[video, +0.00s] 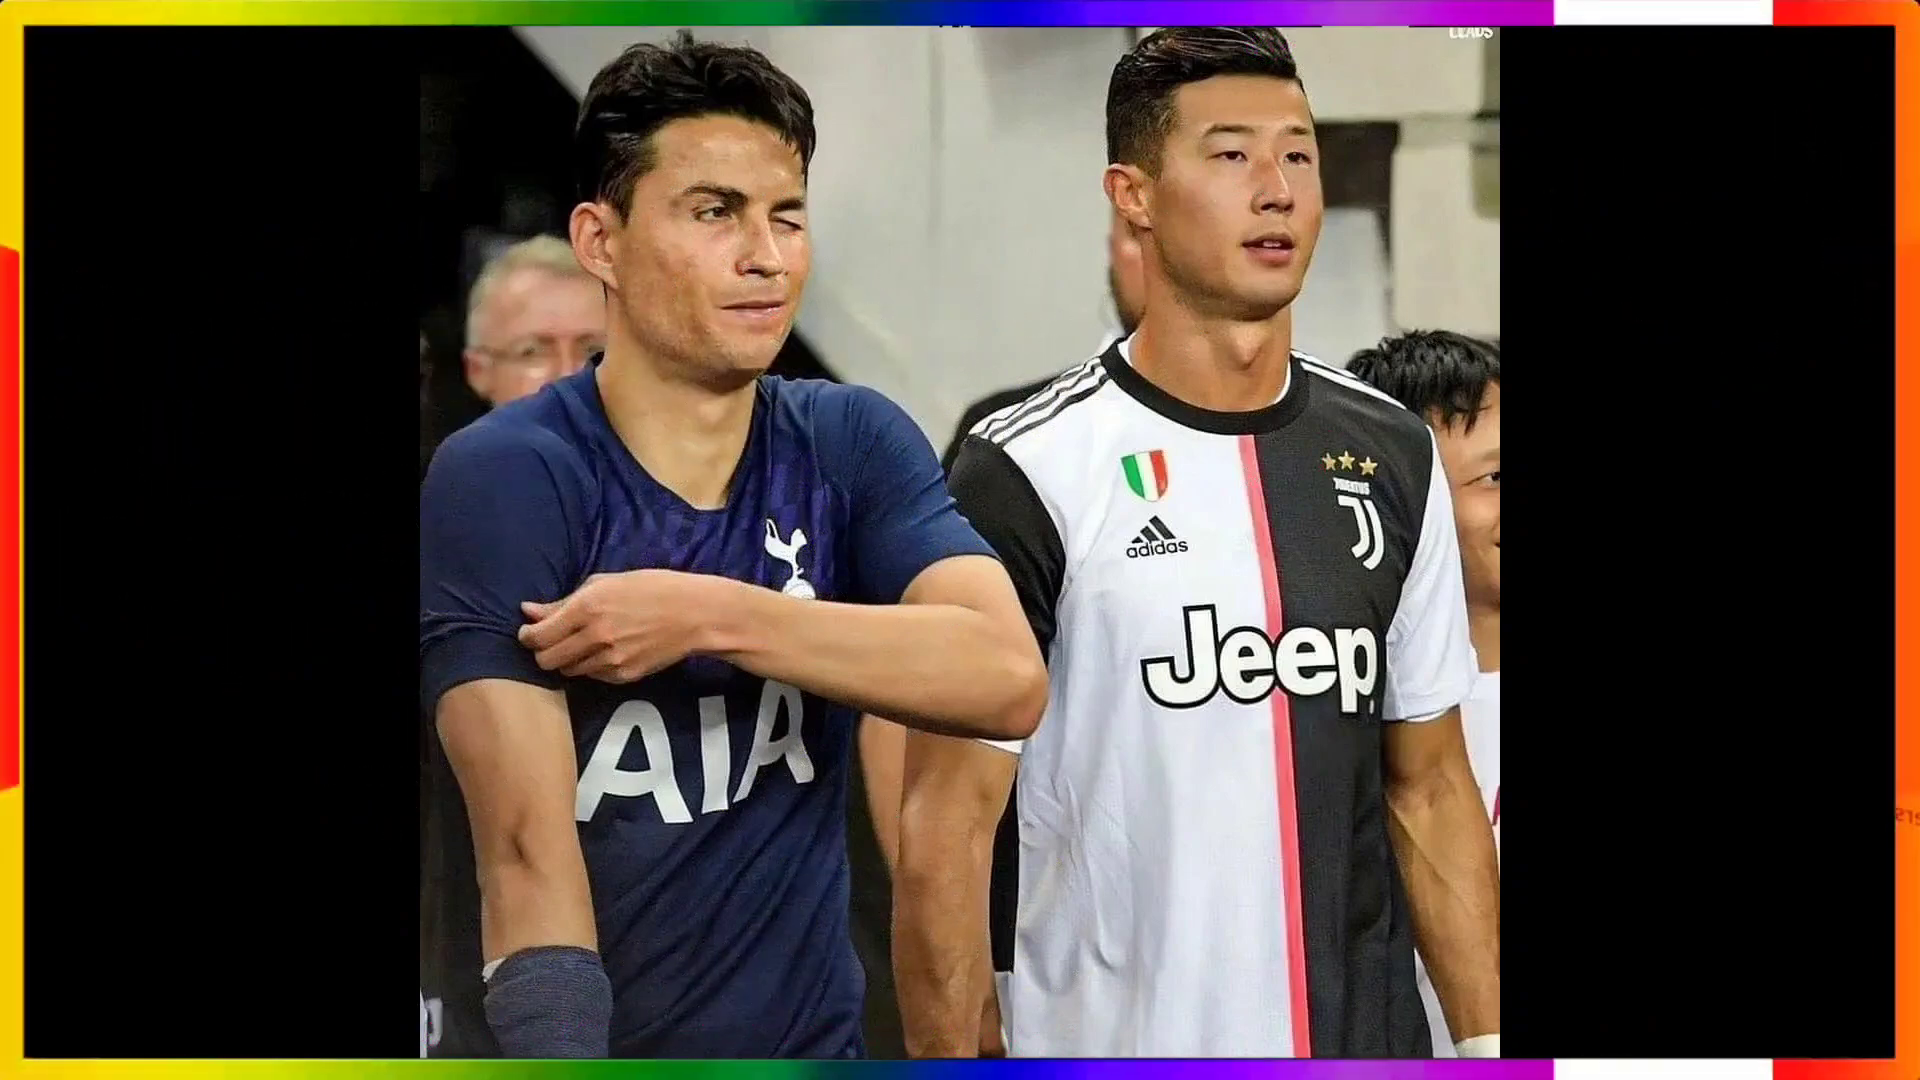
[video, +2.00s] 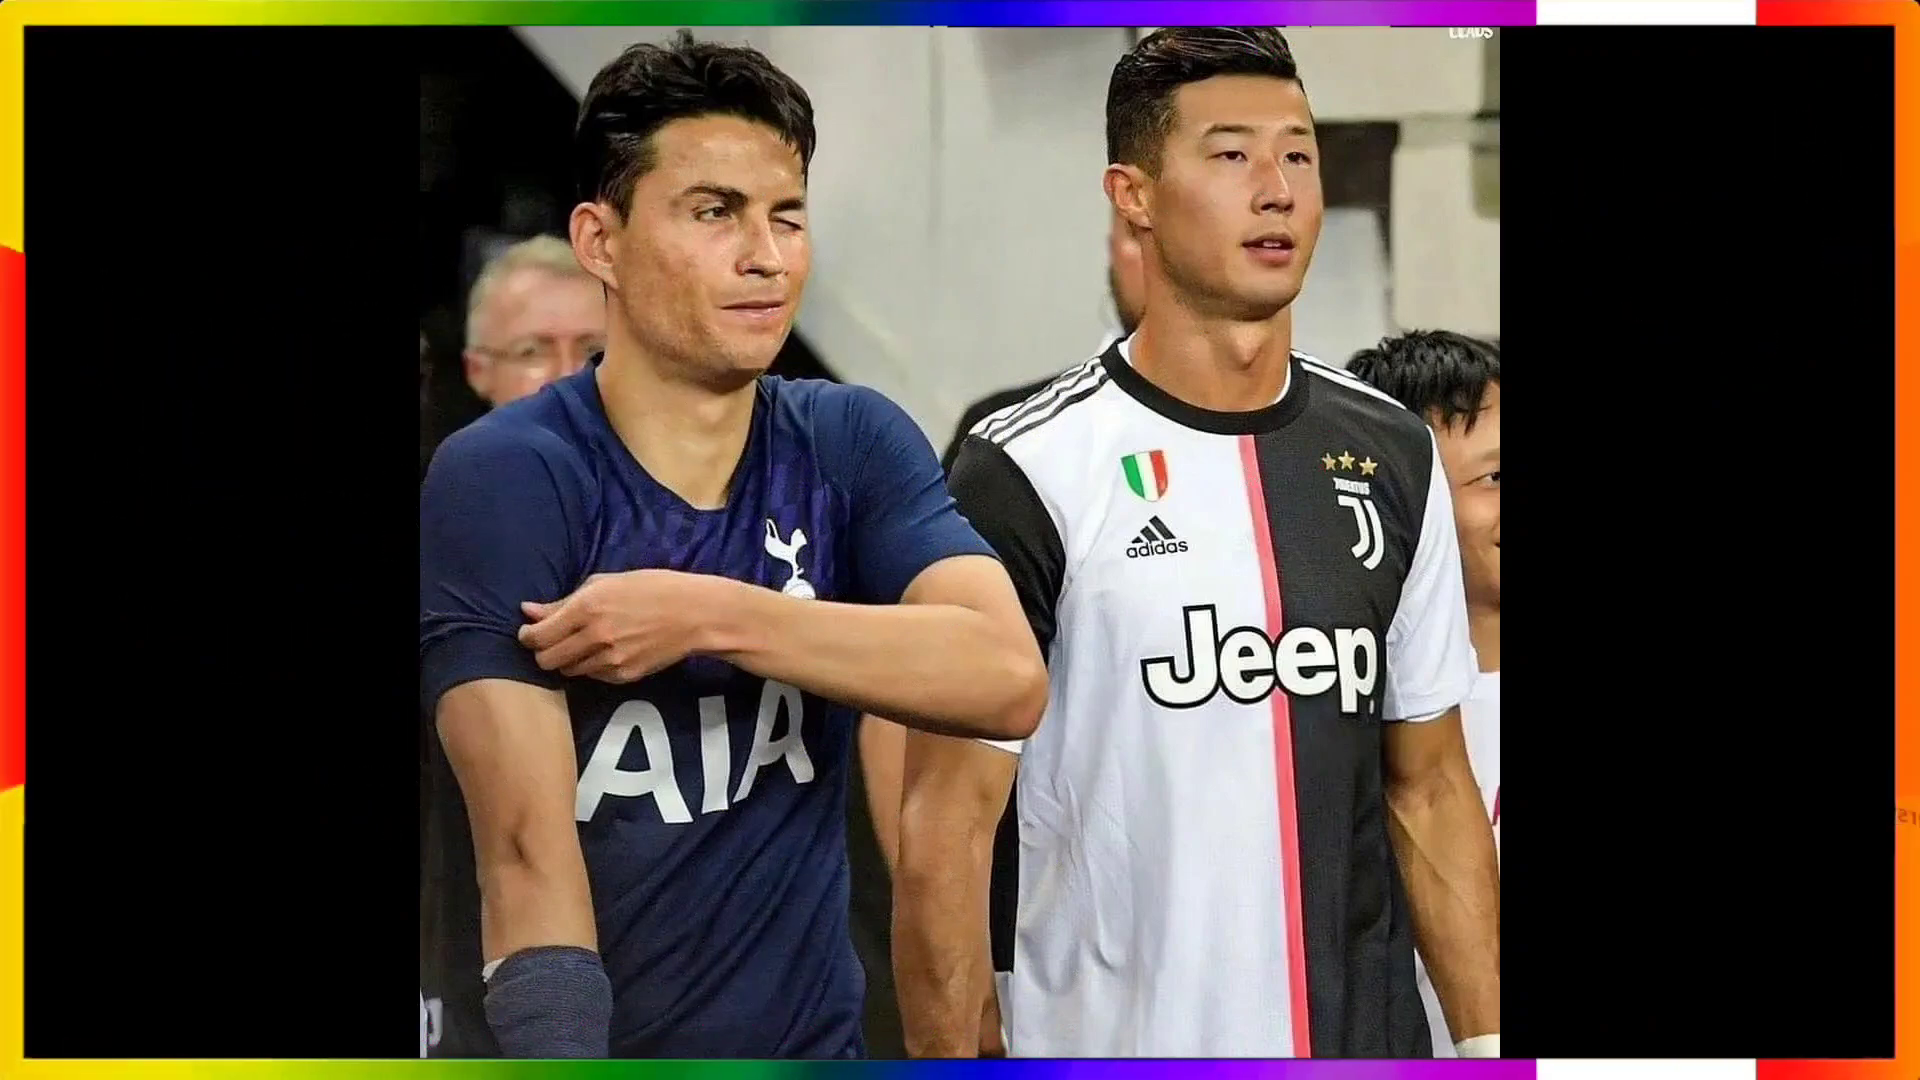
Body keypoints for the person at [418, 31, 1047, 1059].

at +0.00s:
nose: (766, 257)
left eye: (786, 218)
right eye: (712, 212)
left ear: (809, 236)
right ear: (601, 241)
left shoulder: (857, 439)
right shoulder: (500, 476)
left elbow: (1009, 681)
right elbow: (525, 851)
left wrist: (713, 613)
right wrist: (560, 1058)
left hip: (811, 1041)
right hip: (594, 1036)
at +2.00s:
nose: (766, 257)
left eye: (785, 218)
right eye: (712, 212)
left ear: (809, 237)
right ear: (601, 241)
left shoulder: (856, 439)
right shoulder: (499, 476)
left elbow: (1009, 681)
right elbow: (525, 851)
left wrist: (713, 613)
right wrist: (561, 1058)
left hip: (812, 1042)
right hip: (594, 1036)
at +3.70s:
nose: (767, 260)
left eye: (787, 219)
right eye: (715, 212)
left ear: (811, 236)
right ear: (600, 241)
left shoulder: (846, 453)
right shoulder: (497, 475)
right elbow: (524, 855)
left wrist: (708, 619)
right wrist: (560, 1060)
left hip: (813, 1037)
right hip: (602, 1037)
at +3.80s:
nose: (766, 259)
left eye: (788, 220)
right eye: (714, 212)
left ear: (811, 238)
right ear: (600, 241)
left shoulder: (857, 453)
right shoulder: (492, 477)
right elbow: (524, 845)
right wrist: (560, 1053)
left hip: (841, 1030)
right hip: (614, 1034)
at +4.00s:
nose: (766, 257)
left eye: (787, 218)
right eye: (714, 211)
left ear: (809, 234)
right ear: (598, 239)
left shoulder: (830, 461)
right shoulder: (497, 478)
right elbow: (527, 856)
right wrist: (571, 1047)